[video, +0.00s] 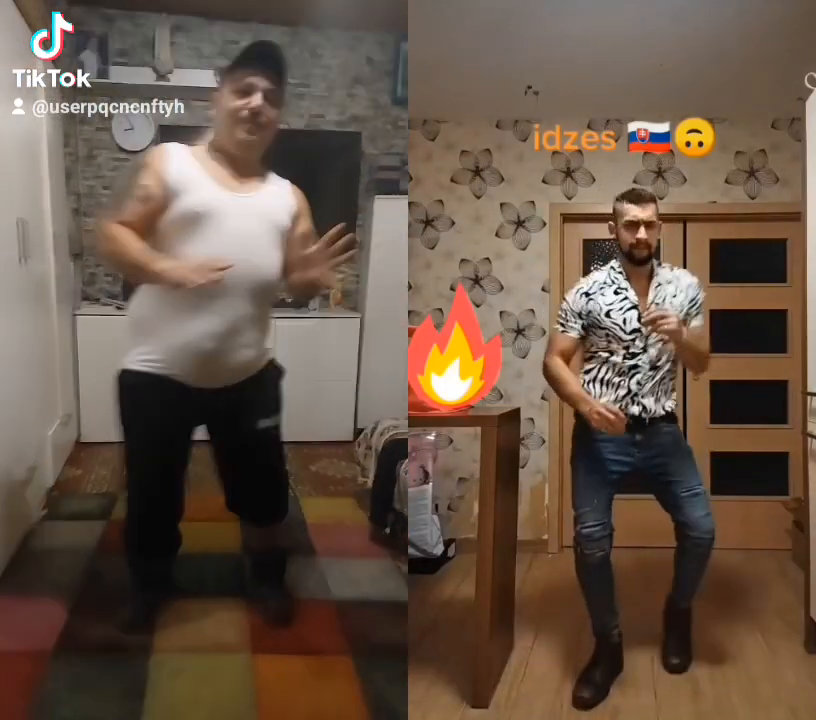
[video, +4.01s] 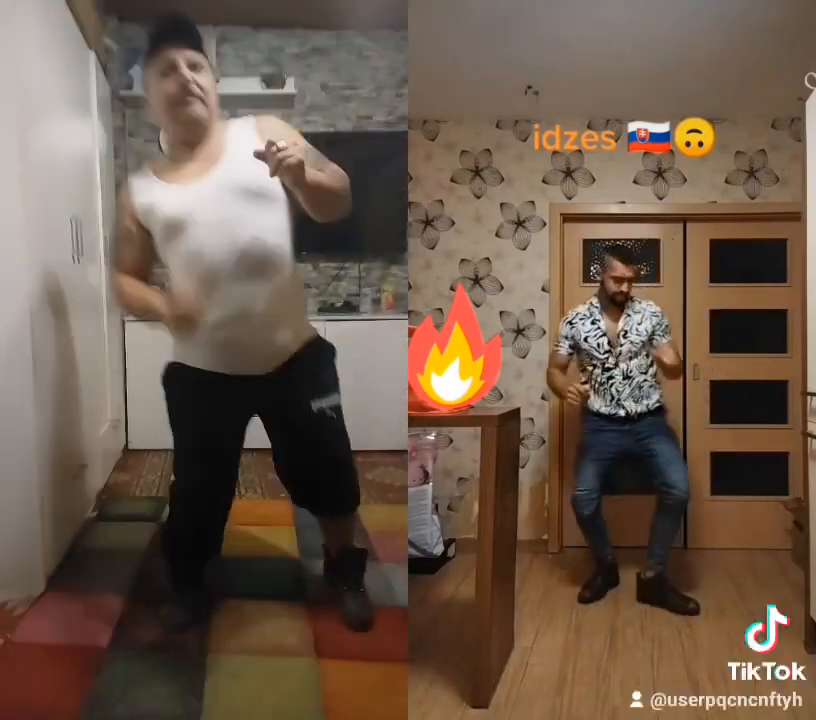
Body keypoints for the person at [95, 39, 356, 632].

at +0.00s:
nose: (255, 107)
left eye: (269, 99)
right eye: (245, 92)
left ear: (281, 117)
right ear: (216, 97)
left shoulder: (287, 198)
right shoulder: (168, 164)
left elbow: (298, 283)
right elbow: (113, 233)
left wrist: (304, 277)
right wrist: (167, 268)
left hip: (245, 374)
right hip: (158, 371)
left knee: (264, 495)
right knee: (152, 499)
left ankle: (268, 584)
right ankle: (147, 594)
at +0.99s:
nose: (195, 125)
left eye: (212, 110)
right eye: (185, 116)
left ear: (253, 119)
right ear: (178, 134)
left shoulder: (304, 196)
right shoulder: (166, 219)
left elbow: (363, 291)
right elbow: (125, 303)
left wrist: (337, 260)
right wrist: (89, 291)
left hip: (285, 436)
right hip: (181, 433)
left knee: (291, 579)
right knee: (152, 578)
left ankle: (280, 659)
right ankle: (142, 668)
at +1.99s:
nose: (251, 232)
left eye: (264, 221)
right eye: (234, 221)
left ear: (281, 237)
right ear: (209, 239)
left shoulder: (313, 316)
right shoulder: (172, 318)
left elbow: (367, 398)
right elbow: (119, 411)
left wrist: (363, 316)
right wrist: (112, 376)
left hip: (293, 551)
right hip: (182, 549)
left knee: (310, 705)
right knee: (146, 704)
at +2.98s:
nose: (145, 133)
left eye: (162, 119)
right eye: (121, 122)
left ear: (183, 149)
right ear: (88, 161)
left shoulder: (239, 247)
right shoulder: (63, 272)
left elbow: (323, 316)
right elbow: (19, 411)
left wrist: (319, 212)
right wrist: (82, 529)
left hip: (292, 570)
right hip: (144, 590)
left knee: (365, 712)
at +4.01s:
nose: (187, 80)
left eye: (197, 67)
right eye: (168, 71)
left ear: (215, 83)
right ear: (146, 94)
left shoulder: (264, 135)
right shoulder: (143, 189)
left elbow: (336, 206)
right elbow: (125, 279)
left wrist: (305, 173)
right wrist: (165, 306)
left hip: (292, 359)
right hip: (202, 372)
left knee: (332, 481)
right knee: (198, 499)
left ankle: (346, 572)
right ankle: (187, 594)